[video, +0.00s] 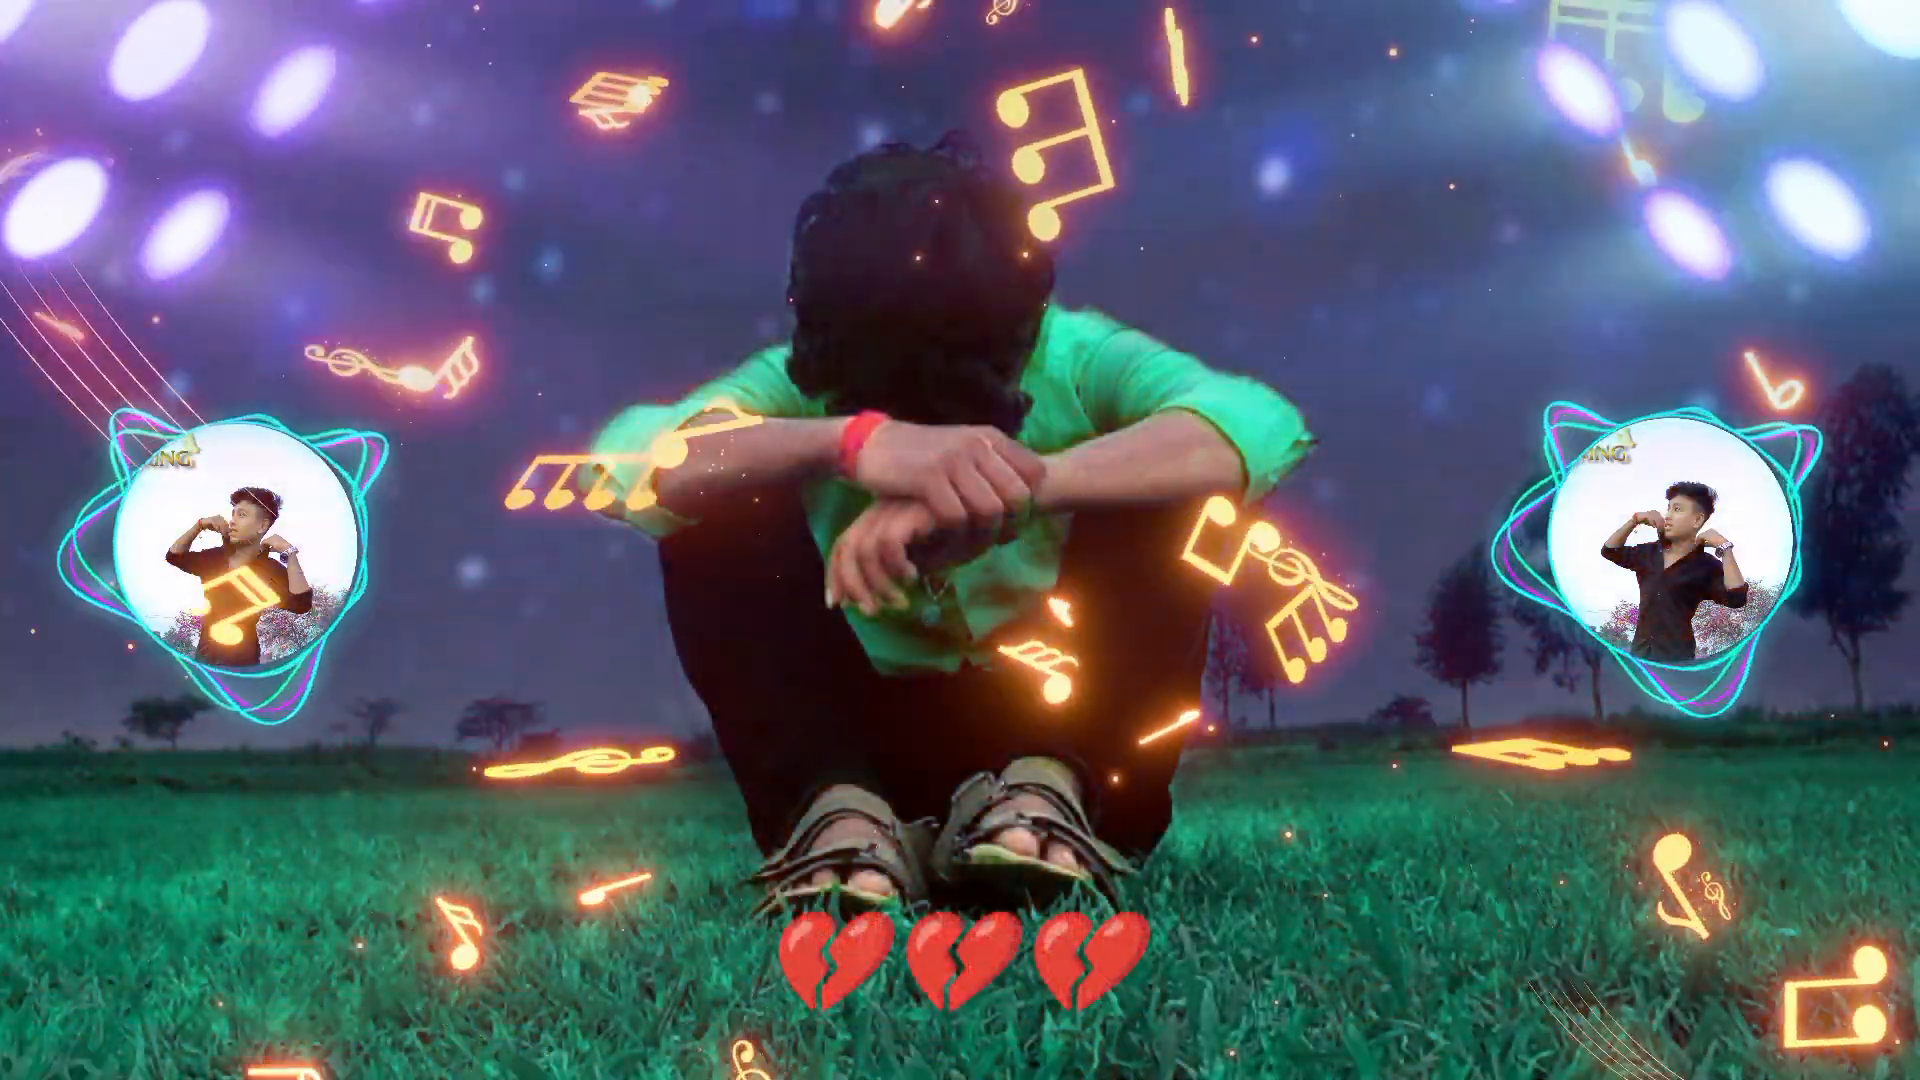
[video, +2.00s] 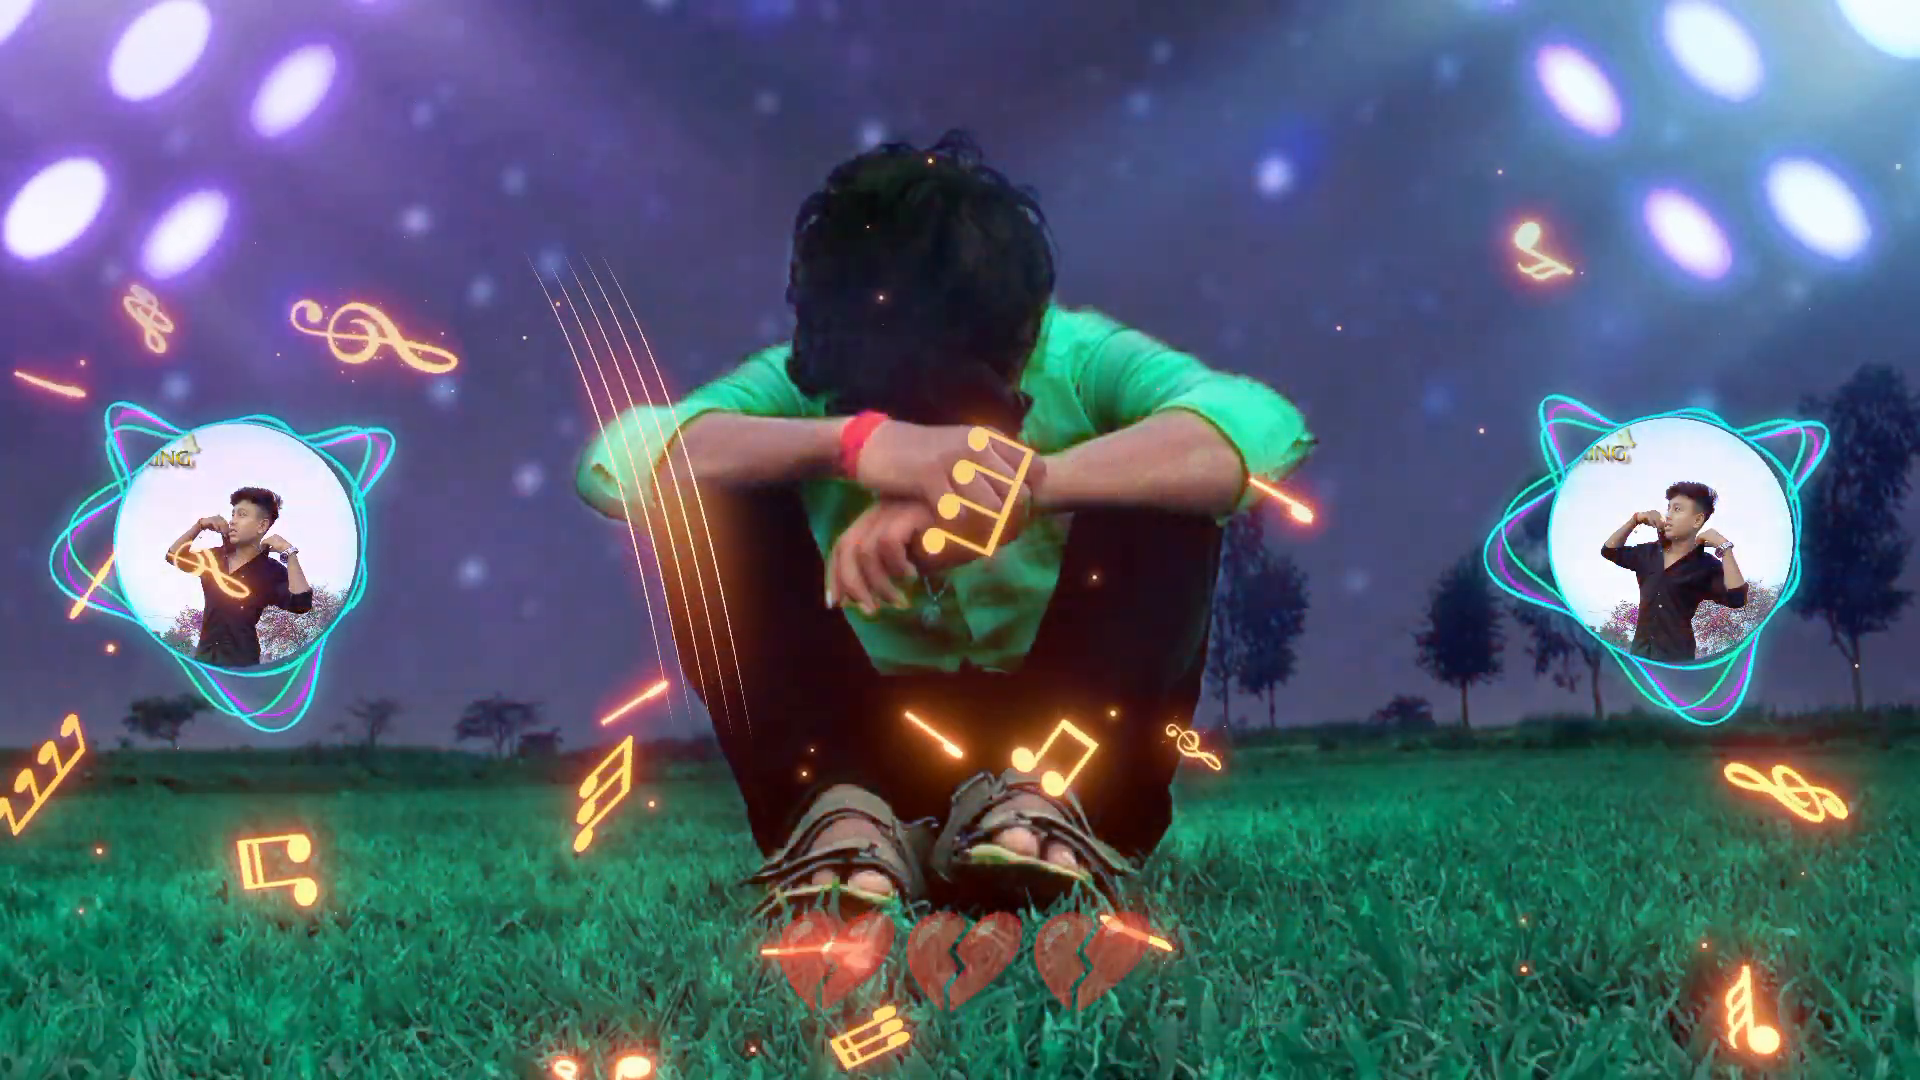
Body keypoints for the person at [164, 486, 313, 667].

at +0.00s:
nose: (232, 520)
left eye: (242, 515)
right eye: (233, 513)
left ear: (264, 525)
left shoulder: (272, 569)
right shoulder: (213, 559)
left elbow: (302, 606)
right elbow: (174, 557)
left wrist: (290, 554)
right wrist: (199, 526)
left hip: (245, 665)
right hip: (206, 660)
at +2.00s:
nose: (232, 521)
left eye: (242, 515)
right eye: (233, 514)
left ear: (263, 525)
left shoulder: (270, 570)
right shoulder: (213, 557)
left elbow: (302, 604)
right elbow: (174, 556)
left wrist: (290, 553)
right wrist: (198, 526)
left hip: (243, 658)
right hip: (205, 654)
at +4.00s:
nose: (232, 521)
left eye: (242, 515)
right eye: (233, 514)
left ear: (263, 525)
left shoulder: (270, 570)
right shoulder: (212, 558)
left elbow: (301, 605)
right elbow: (174, 557)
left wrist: (290, 553)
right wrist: (199, 526)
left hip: (242, 662)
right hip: (203, 658)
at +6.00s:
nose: (232, 521)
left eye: (242, 515)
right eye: (233, 515)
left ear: (263, 525)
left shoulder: (270, 570)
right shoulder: (212, 558)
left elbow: (301, 604)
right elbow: (174, 557)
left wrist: (289, 553)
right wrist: (199, 526)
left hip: (242, 665)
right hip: (203, 660)